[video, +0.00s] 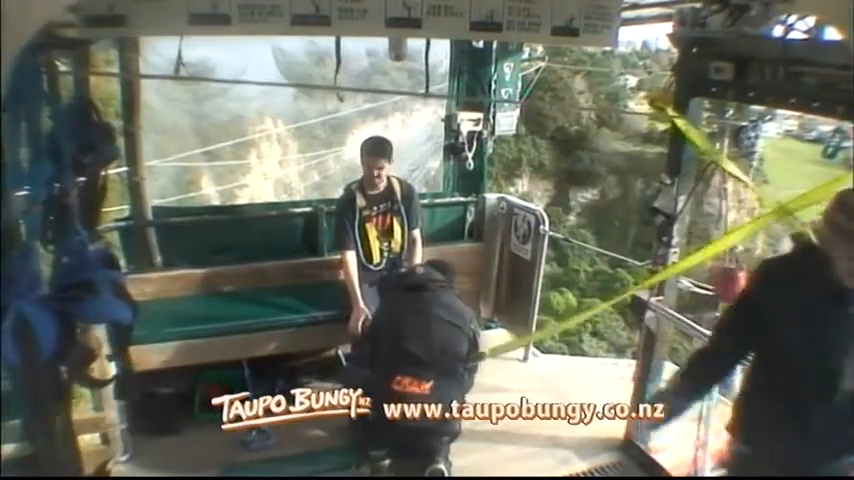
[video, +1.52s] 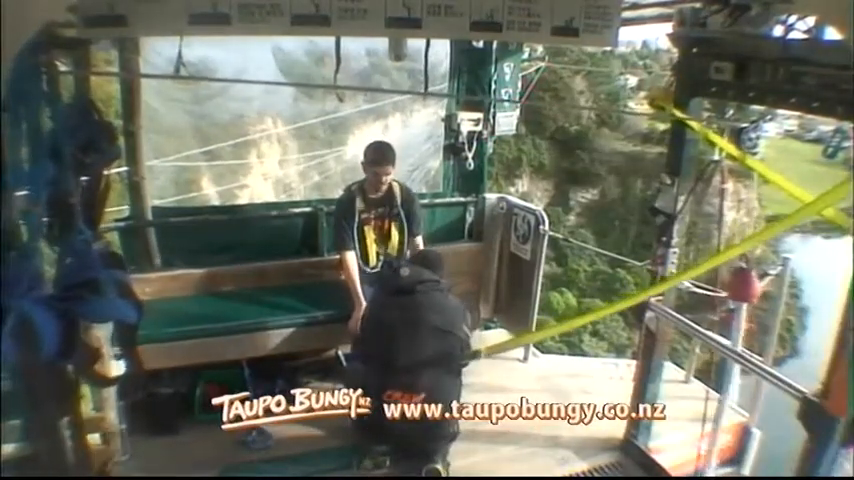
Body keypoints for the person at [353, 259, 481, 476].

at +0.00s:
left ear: (419, 276)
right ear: (450, 284)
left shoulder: (390, 305)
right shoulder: (464, 314)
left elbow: (366, 354)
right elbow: (470, 367)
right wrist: (456, 395)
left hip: (387, 409)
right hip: (440, 411)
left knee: (353, 375)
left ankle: (376, 454)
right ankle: (439, 459)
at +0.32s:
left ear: (411, 273)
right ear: (449, 278)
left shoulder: (389, 298)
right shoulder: (464, 307)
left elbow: (370, 351)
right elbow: (471, 359)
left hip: (390, 397)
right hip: (443, 400)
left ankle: (377, 447)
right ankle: (440, 458)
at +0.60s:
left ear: (410, 265)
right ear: (449, 269)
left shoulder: (390, 292)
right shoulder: (465, 299)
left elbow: (369, 344)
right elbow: (473, 346)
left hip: (393, 393)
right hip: (447, 396)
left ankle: (378, 445)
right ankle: (438, 458)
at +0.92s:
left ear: (416, 262)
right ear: (446, 269)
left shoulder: (388, 294)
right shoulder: (461, 303)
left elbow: (365, 346)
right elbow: (467, 355)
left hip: (388, 404)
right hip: (440, 407)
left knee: (354, 370)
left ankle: (377, 445)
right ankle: (437, 455)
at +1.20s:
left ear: (411, 265)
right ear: (442, 271)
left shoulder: (383, 297)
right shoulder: (455, 304)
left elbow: (364, 349)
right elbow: (463, 353)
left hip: (385, 412)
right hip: (435, 415)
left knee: (353, 370)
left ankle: (376, 447)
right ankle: (437, 456)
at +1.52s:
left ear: (410, 269)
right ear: (440, 274)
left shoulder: (380, 301)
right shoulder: (453, 306)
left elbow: (364, 351)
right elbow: (462, 356)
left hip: (384, 416)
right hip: (436, 421)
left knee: (353, 370)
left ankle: (376, 449)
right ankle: (437, 458)